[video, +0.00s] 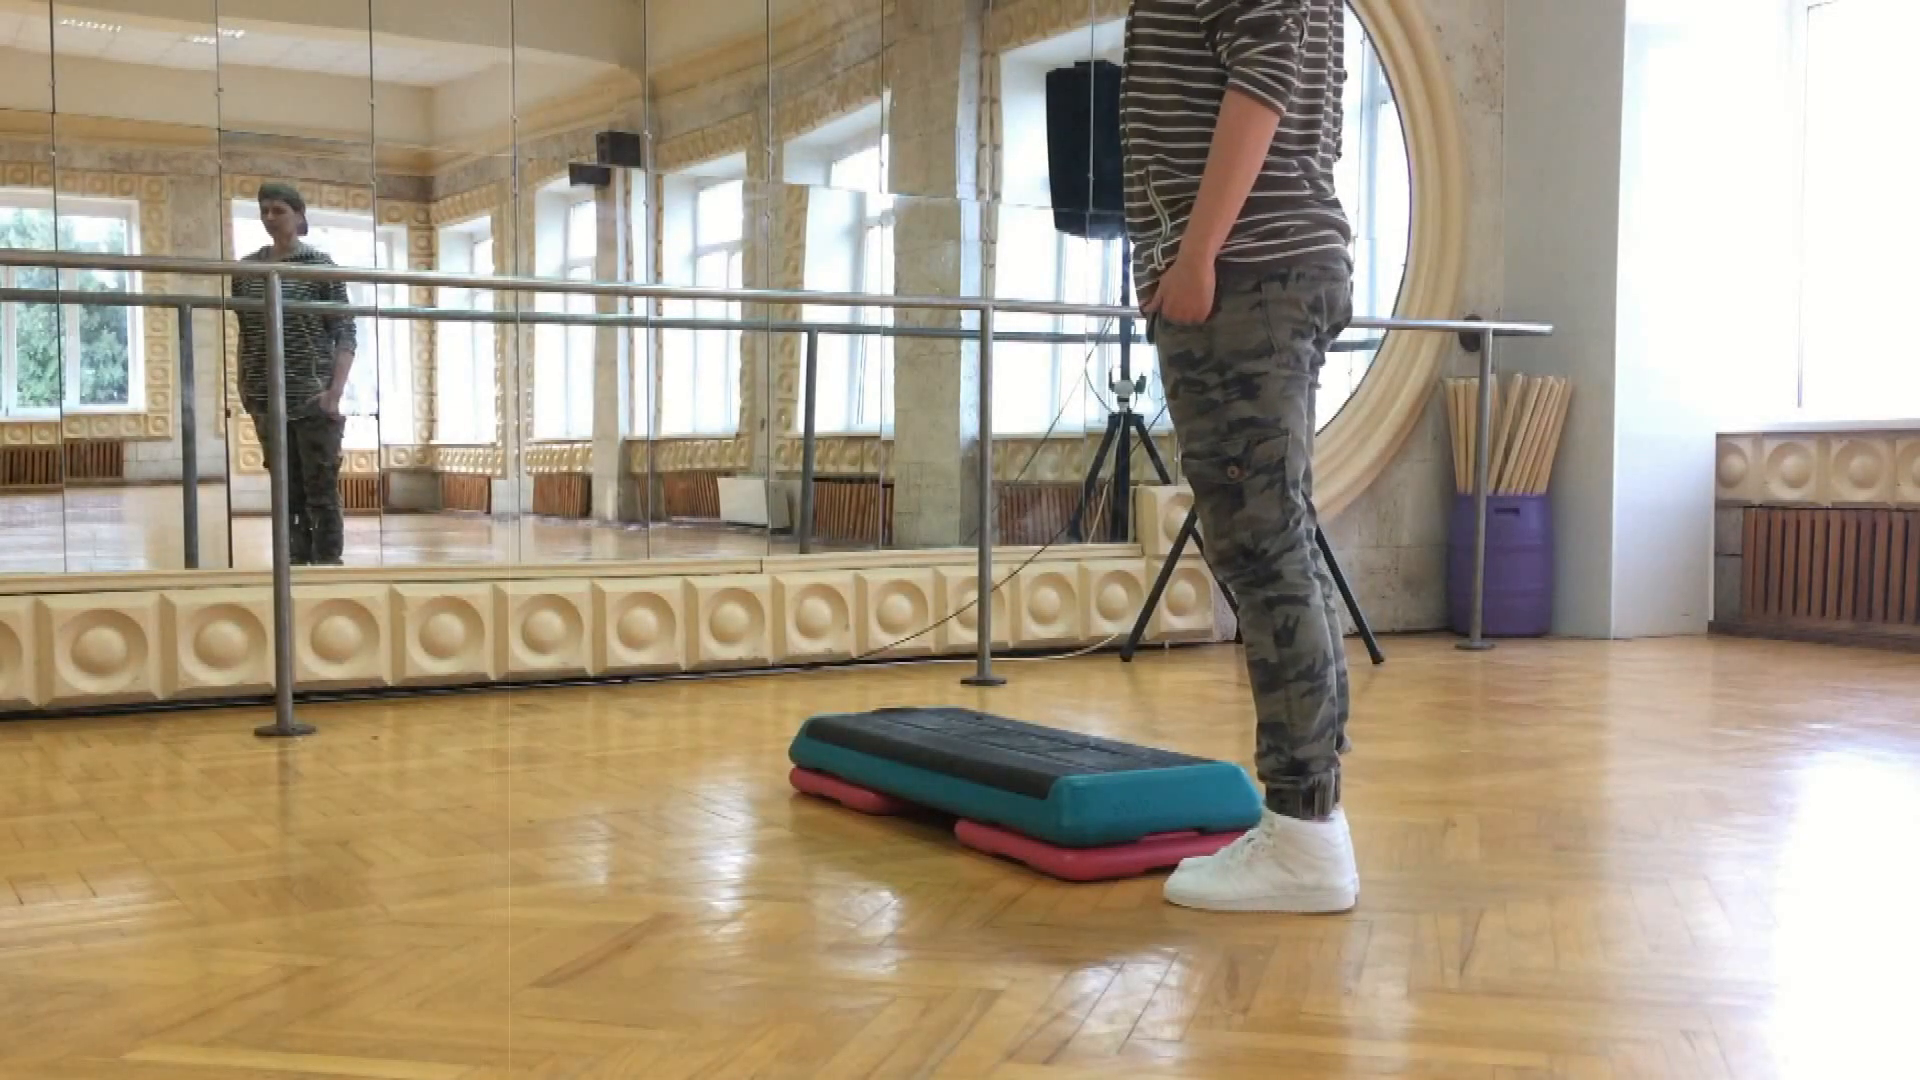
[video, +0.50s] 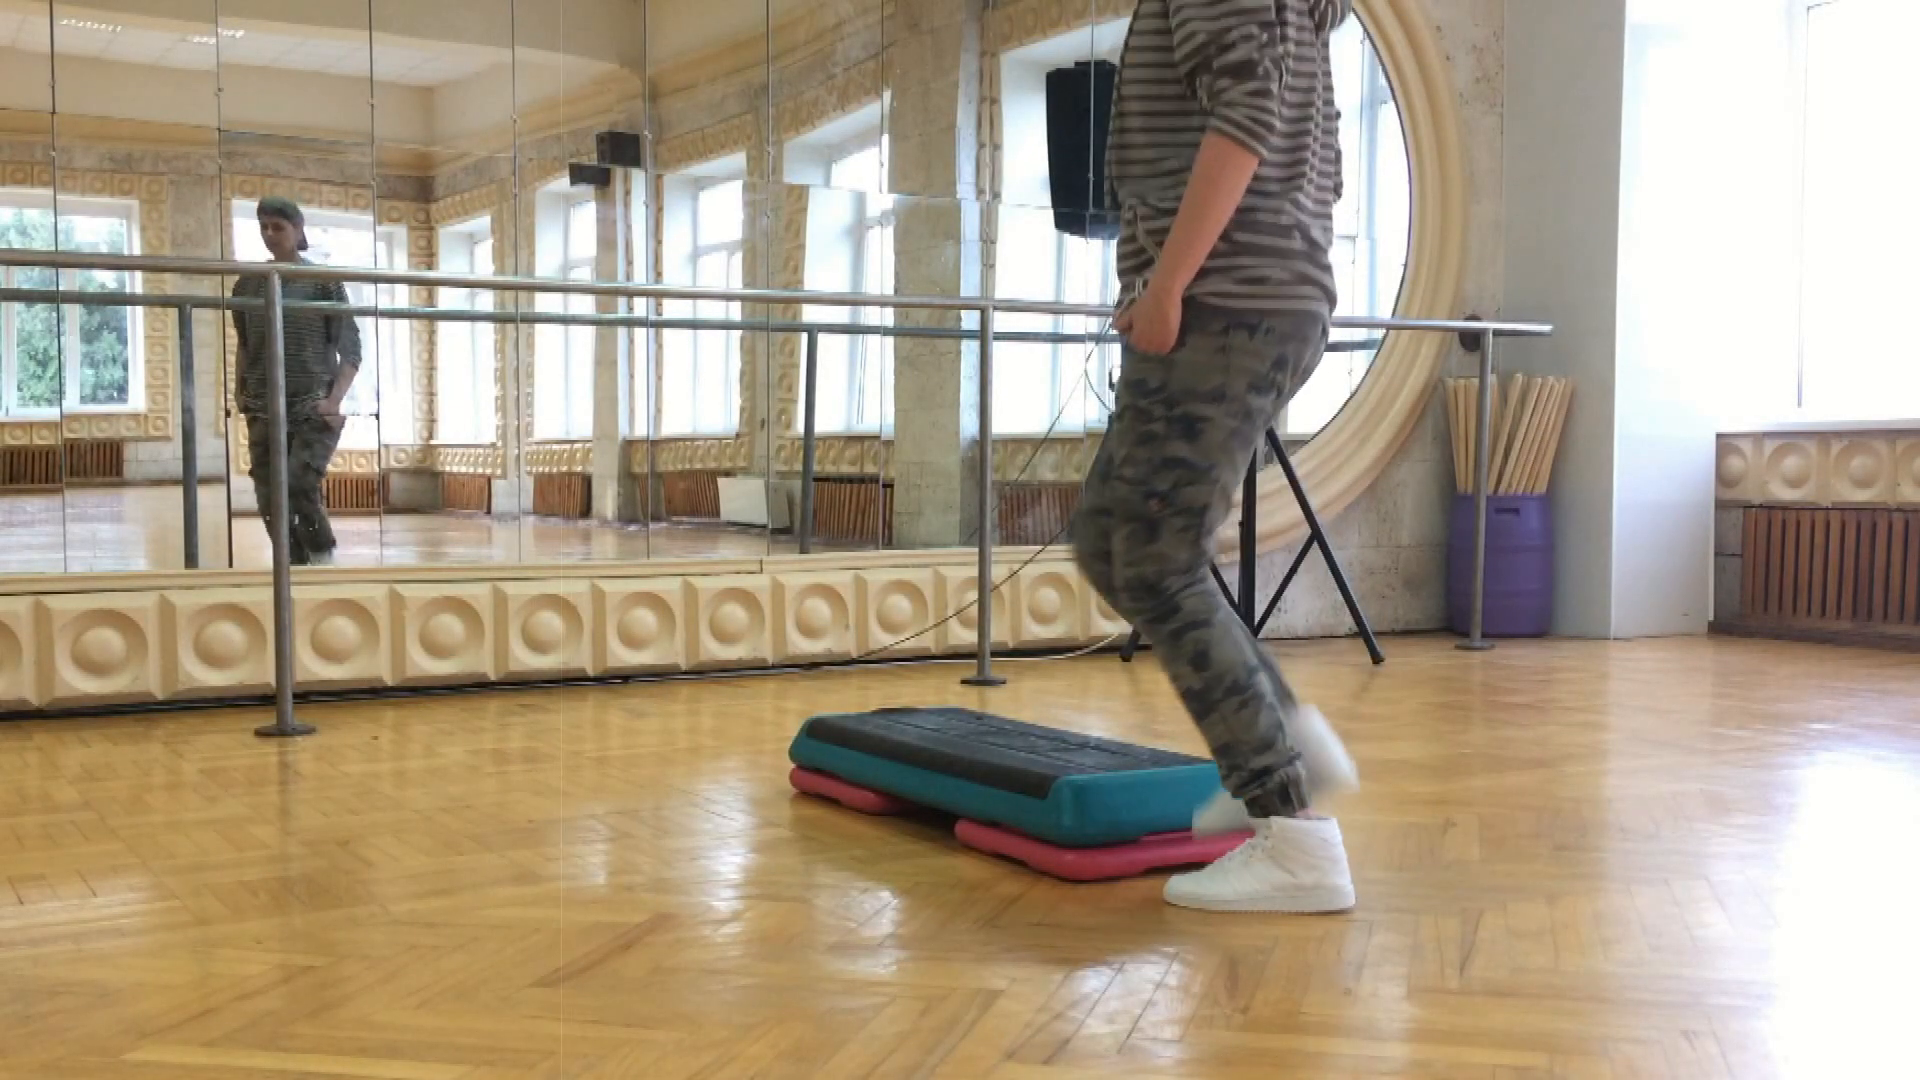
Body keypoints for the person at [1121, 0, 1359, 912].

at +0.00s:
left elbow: (1267, 76)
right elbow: (1268, 91)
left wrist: (1195, 254)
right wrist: (1186, 253)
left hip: (1246, 275)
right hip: (1256, 270)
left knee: (1260, 547)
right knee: (1271, 543)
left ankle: (1303, 835)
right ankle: (1305, 821)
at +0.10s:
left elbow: (1268, 86)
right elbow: (1264, 99)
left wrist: (1195, 261)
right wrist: (1185, 259)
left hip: (1247, 284)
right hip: (1241, 285)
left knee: (1267, 552)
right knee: (1273, 550)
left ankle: (1306, 838)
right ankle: (1306, 823)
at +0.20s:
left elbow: (1260, 82)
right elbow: (1259, 93)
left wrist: (1195, 258)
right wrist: (1185, 256)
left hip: (1247, 281)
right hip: (1245, 280)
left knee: (1266, 552)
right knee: (1273, 548)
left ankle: (1306, 839)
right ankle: (1306, 823)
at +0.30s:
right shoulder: (1285, 8)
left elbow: (1251, 81)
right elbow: (1315, 137)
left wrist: (1189, 262)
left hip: (1239, 283)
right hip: (1260, 280)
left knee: (1253, 553)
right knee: (1271, 548)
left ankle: (1305, 839)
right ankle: (1309, 823)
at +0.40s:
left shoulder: (1233, 0)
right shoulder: (1288, 10)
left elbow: (1244, 93)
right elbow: (1315, 148)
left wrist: (1176, 264)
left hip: (1230, 287)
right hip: (1268, 283)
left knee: (1220, 559)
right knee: (1228, 555)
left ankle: (1303, 838)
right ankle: (1302, 824)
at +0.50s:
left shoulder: (1220, 3)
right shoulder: (1291, 19)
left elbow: (1245, 119)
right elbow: (1317, 163)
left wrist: (1163, 286)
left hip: (1230, 301)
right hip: (1250, 302)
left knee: (1156, 561)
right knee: (1107, 538)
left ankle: (1294, 834)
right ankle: (1288, 736)